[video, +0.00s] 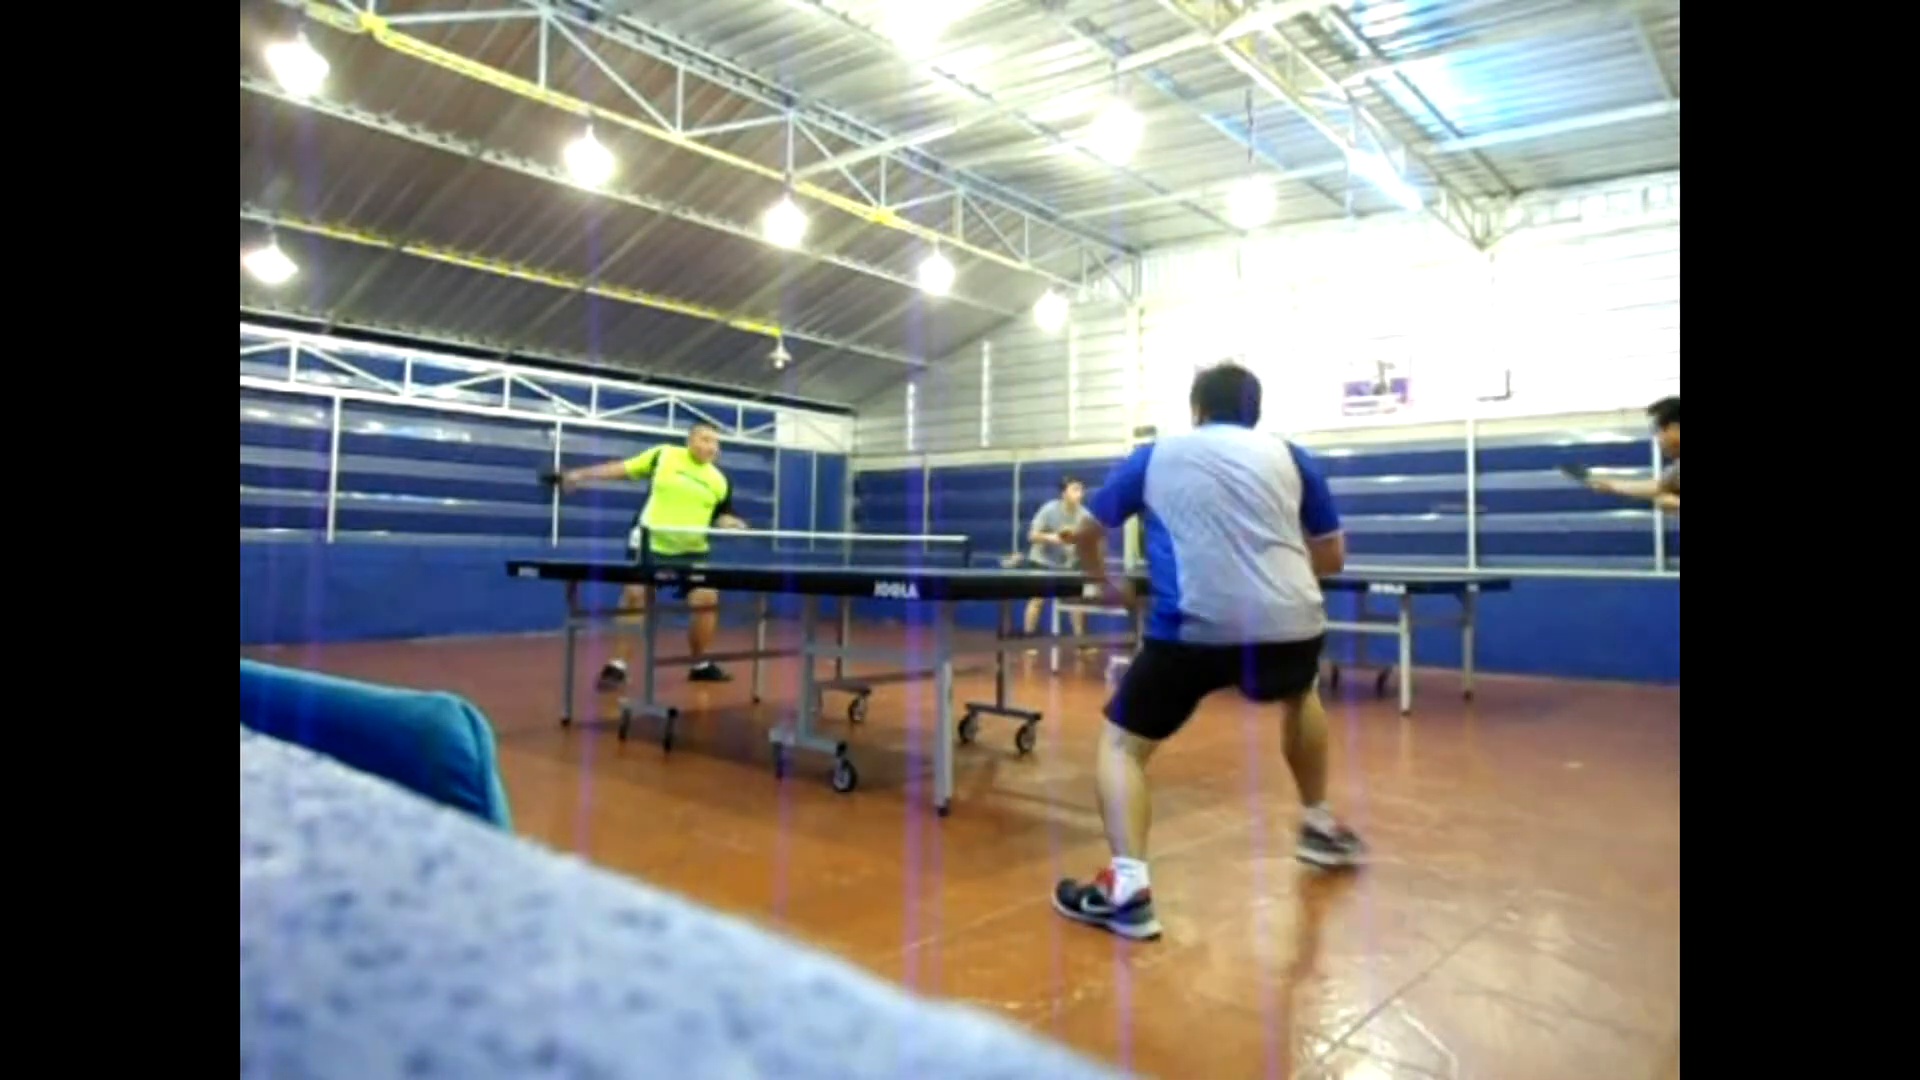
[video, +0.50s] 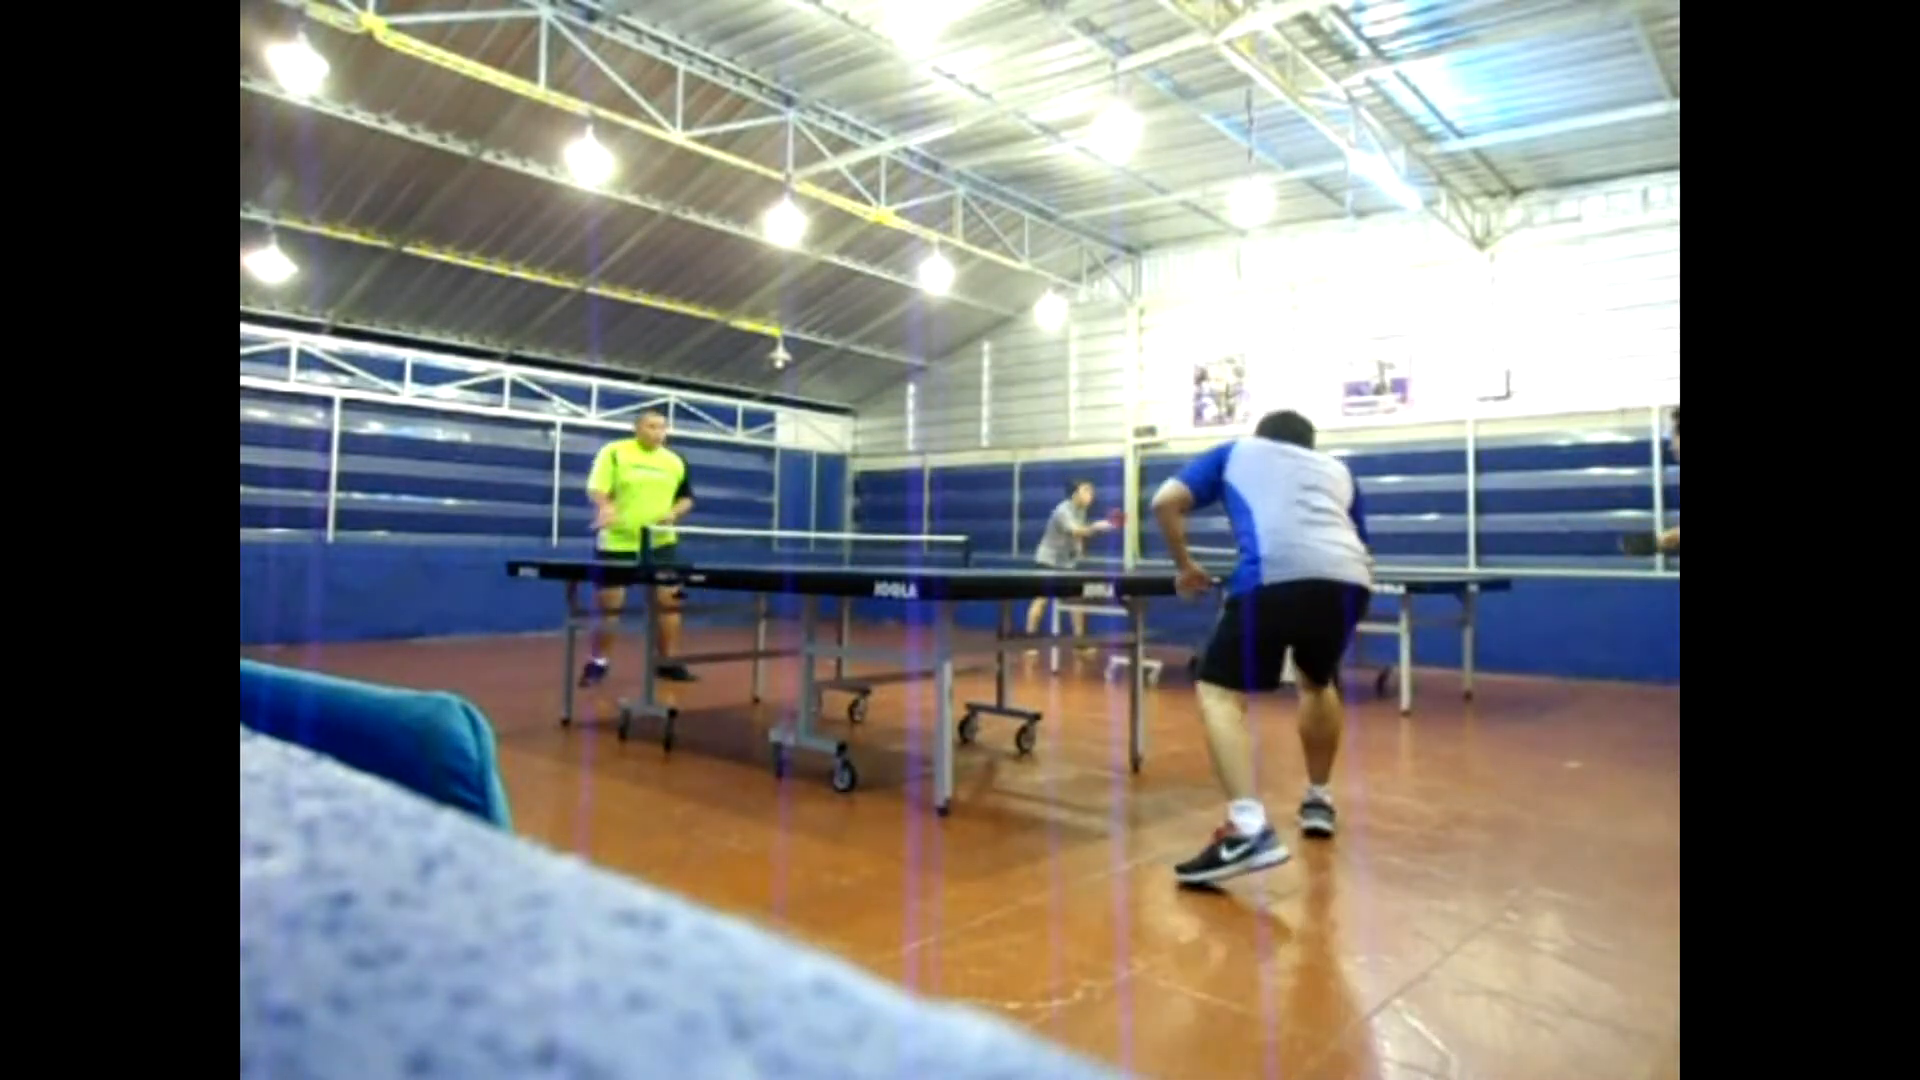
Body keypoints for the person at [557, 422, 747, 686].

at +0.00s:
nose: (710, 447)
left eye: (714, 442)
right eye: (704, 440)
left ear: (717, 448)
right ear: (690, 440)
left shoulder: (719, 481)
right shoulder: (664, 456)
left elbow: (721, 516)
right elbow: (621, 469)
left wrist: (733, 523)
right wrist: (577, 476)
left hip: (693, 548)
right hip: (651, 542)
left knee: (706, 600)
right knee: (634, 598)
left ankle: (701, 662)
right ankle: (618, 663)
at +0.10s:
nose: (699, 442)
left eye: (705, 438)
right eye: (695, 435)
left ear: (710, 444)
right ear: (682, 436)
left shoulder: (712, 478)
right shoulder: (656, 457)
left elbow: (717, 511)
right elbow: (620, 484)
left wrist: (715, 525)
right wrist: (588, 503)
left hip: (689, 545)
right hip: (647, 541)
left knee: (701, 599)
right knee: (627, 600)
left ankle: (701, 661)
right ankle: (606, 661)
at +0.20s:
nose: (691, 443)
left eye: (696, 438)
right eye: (686, 435)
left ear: (699, 443)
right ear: (671, 436)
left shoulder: (702, 476)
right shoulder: (642, 459)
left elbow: (708, 508)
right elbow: (614, 494)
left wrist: (703, 524)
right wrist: (602, 522)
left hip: (680, 550)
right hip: (637, 546)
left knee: (695, 598)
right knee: (623, 603)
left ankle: (700, 661)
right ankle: (602, 662)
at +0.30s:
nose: (677, 442)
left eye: (682, 436)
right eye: (672, 434)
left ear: (685, 442)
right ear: (657, 434)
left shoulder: (688, 474)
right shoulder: (629, 460)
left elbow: (694, 506)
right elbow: (606, 497)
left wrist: (690, 523)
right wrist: (615, 527)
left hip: (671, 548)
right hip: (630, 547)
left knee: (686, 601)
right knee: (617, 606)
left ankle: (699, 661)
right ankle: (603, 664)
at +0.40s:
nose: (665, 437)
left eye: (669, 432)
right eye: (659, 430)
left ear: (674, 438)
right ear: (646, 432)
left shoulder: (679, 469)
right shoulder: (620, 457)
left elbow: (686, 501)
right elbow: (600, 492)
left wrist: (680, 520)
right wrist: (615, 514)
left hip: (662, 545)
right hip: (621, 545)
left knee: (677, 600)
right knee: (614, 605)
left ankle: (689, 660)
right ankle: (602, 663)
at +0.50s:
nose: (656, 433)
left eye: (661, 427)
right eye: (651, 426)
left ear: (666, 430)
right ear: (637, 427)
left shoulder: (675, 462)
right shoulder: (613, 453)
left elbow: (686, 497)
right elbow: (597, 487)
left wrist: (673, 513)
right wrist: (606, 509)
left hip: (661, 540)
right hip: (619, 540)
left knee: (669, 600)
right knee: (610, 603)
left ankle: (668, 659)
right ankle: (599, 660)